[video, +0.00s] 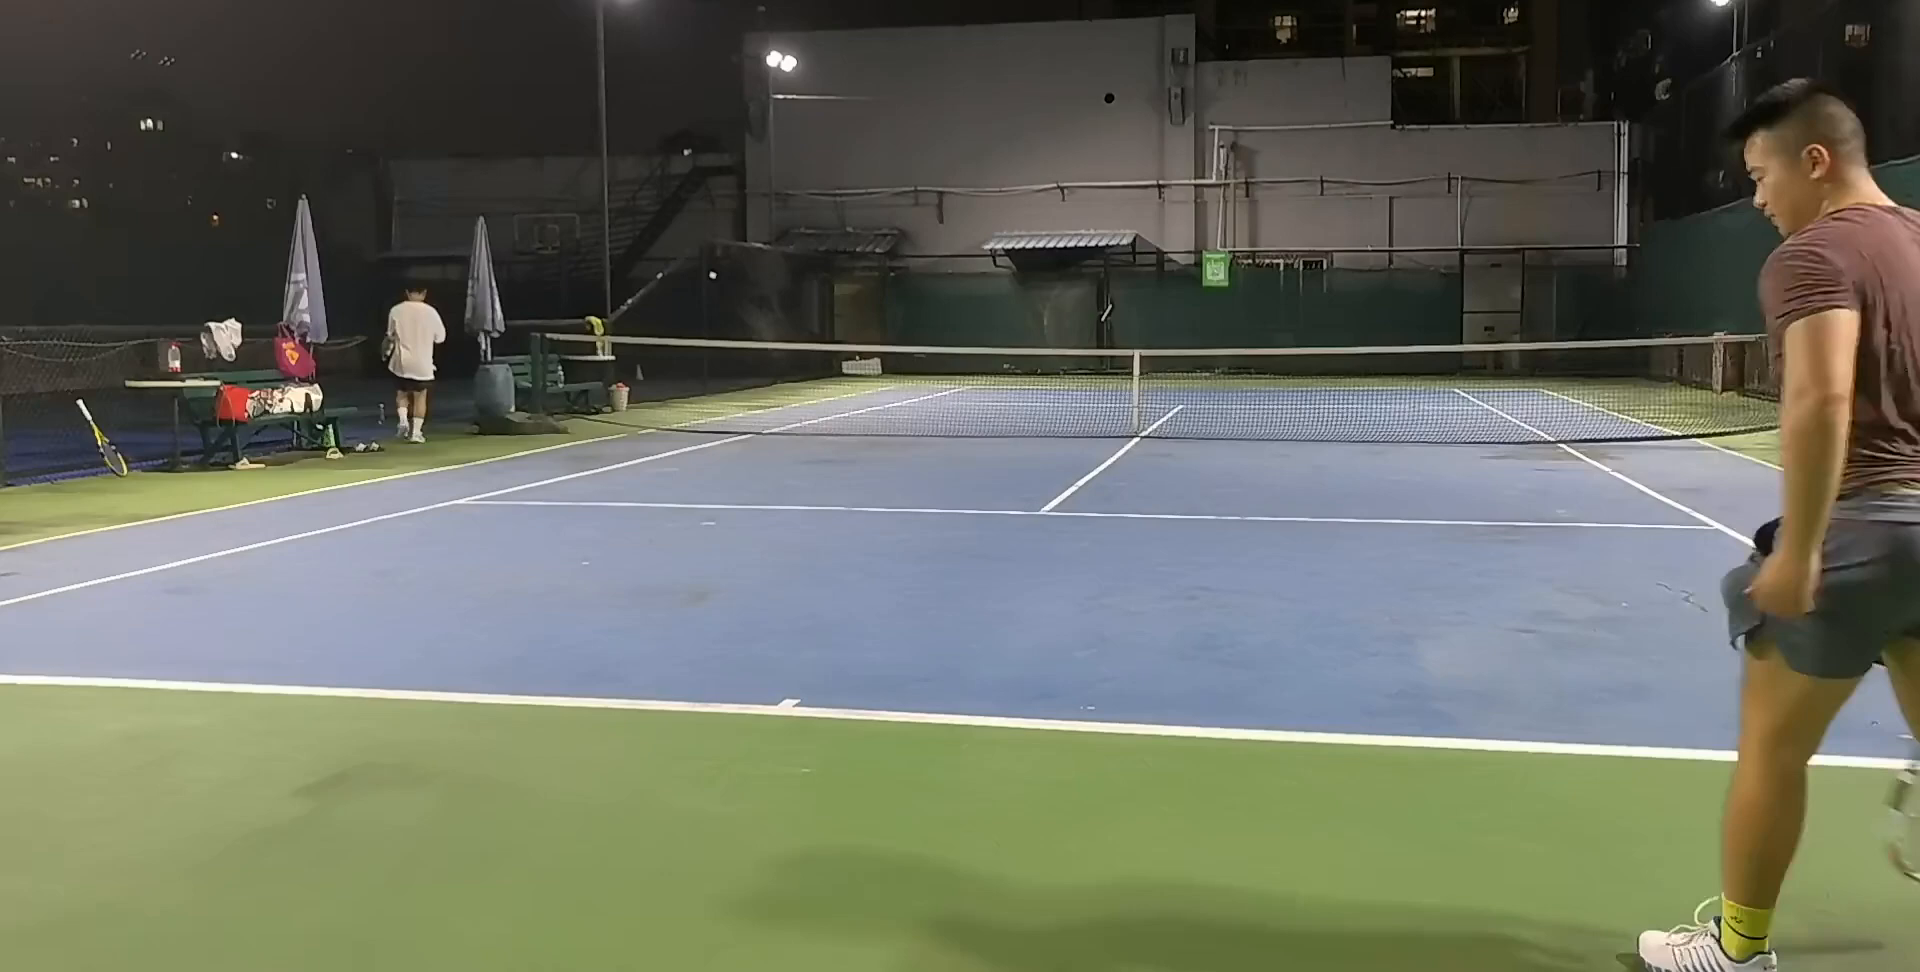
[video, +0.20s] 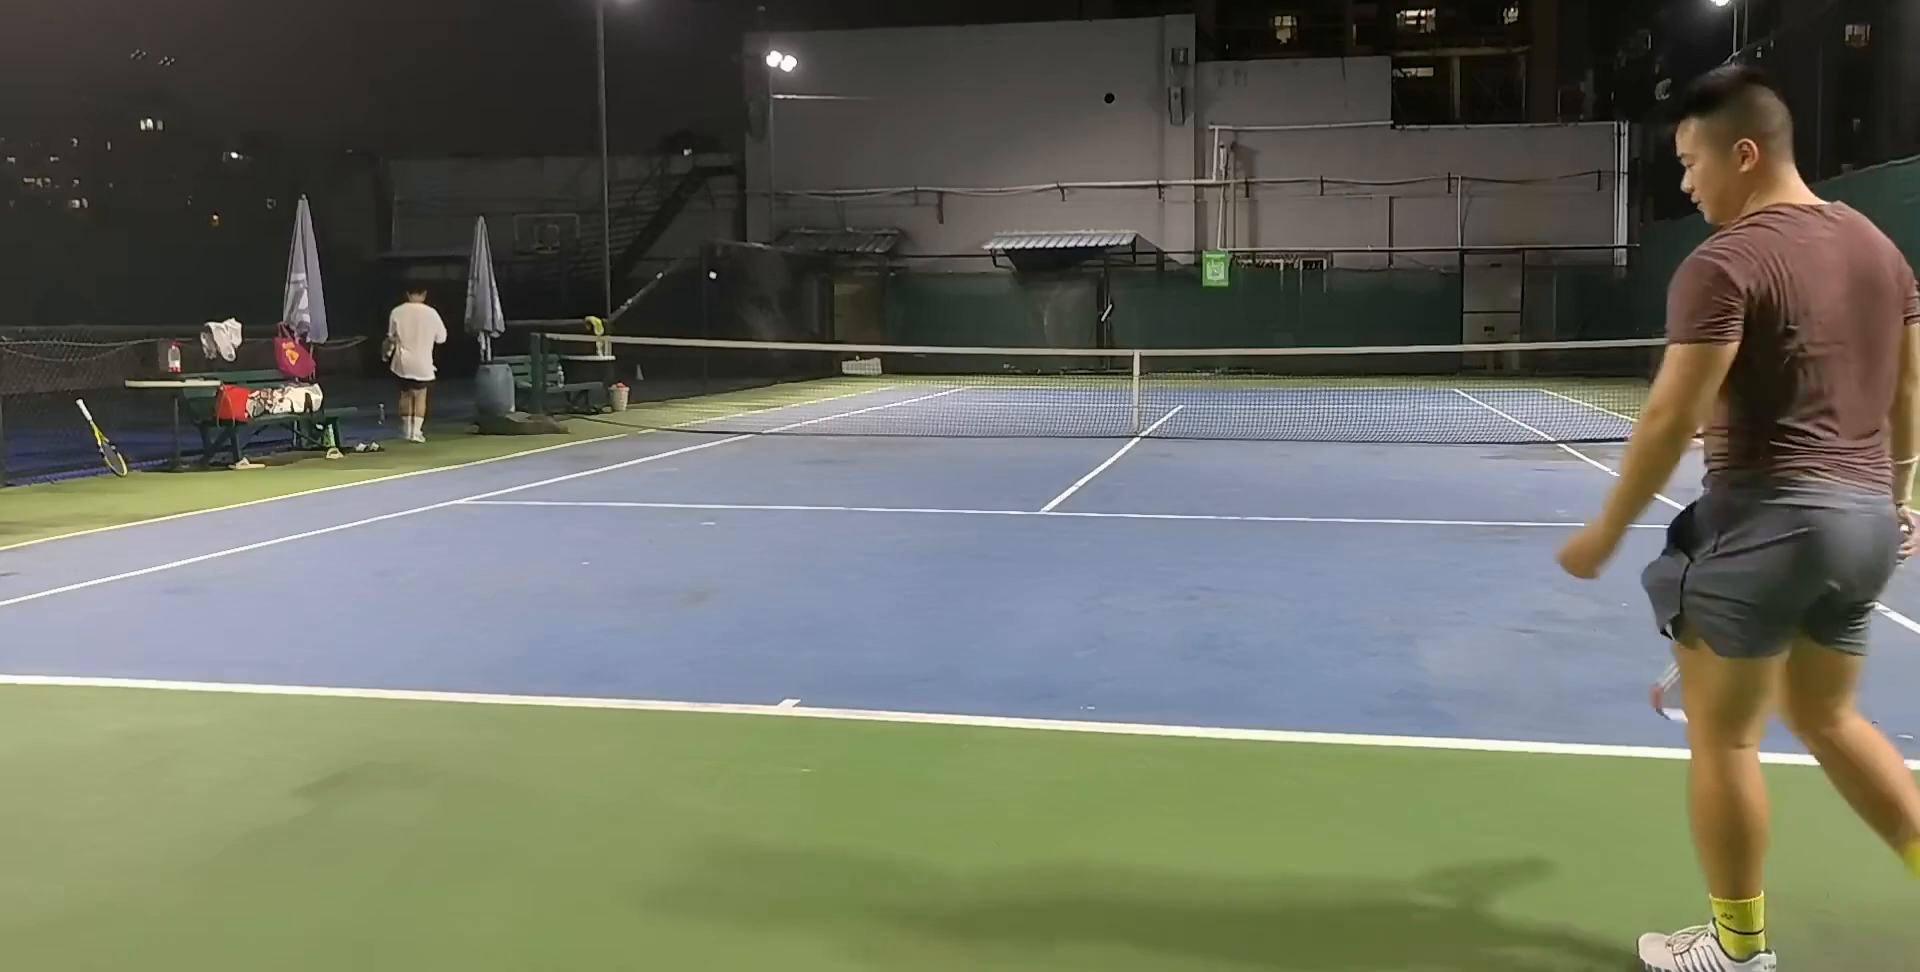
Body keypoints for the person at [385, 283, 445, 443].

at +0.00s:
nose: (421, 297)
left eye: (420, 294)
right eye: (422, 294)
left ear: (407, 293)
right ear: (424, 293)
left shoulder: (396, 310)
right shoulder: (430, 312)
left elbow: (390, 334)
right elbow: (440, 337)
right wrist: (425, 329)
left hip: (401, 363)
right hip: (423, 364)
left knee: (402, 393)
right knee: (420, 396)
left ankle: (403, 421)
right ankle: (416, 432)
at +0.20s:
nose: (421, 299)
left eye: (419, 295)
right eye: (423, 295)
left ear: (407, 294)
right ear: (424, 294)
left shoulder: (397, 312)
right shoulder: (431, 313)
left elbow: (391, 335)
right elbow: (441, 337)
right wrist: (426, 329)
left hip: (402, 363)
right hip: (423, 364)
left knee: (405, 395)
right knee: (420, 397)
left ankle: (407, 431)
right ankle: (416, 432)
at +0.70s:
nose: (431, 298)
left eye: (430, 295)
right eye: (431, 295)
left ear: (415, 295)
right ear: (430, 295)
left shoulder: (403, 312)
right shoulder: (435, 313)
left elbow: (401, 333)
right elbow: (445, 337)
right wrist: (429, 332)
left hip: (410, 361)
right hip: (431, 362)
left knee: (411, 392)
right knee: (434, 390)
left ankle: (410, 429)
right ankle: (433, 424)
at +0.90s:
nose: (444, 301)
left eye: (444, 298)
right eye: (444, 298)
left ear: (427, 297)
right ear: (440, 298)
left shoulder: (415, 313)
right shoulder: (444, 316)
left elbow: (412, 333)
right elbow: (453, 341)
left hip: (418, 361)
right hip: (439, 362)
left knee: (418, 389)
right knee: (440, 390)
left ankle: (411, 416)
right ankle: (436, 424)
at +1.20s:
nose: (458, 297)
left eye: (457, 295)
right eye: (458, 295)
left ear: (441, 295)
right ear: (455, 295)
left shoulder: (430, 311)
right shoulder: (457, 313)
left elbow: (429, 331)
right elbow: (467, 336)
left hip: (433, 358)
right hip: (450, 360)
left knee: (440, 389)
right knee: (445, 391)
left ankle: (440, 419)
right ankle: (438, 423)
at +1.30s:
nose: (462, 300)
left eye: (462, 297)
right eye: (462, 297)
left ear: (447, 297)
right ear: (459, 297)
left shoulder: (435, 312)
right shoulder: (462, 314)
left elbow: (434, 332)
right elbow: (472, 337)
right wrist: (457, 332)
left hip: (439, 359)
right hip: (455, 361)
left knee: (451, 390)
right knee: (448, 393)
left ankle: (456, 420)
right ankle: (437, 423)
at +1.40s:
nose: (466, 299)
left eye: (466, 296)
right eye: (465, 296)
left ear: (450, 298)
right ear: (462, 297)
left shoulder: (441, 315)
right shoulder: (466, 315)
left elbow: (440, 334)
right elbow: (477, 338)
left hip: (445, 359)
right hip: (462, 360)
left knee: (457, 389)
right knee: (456, 389)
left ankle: (459, 420)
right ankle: (441, 418)